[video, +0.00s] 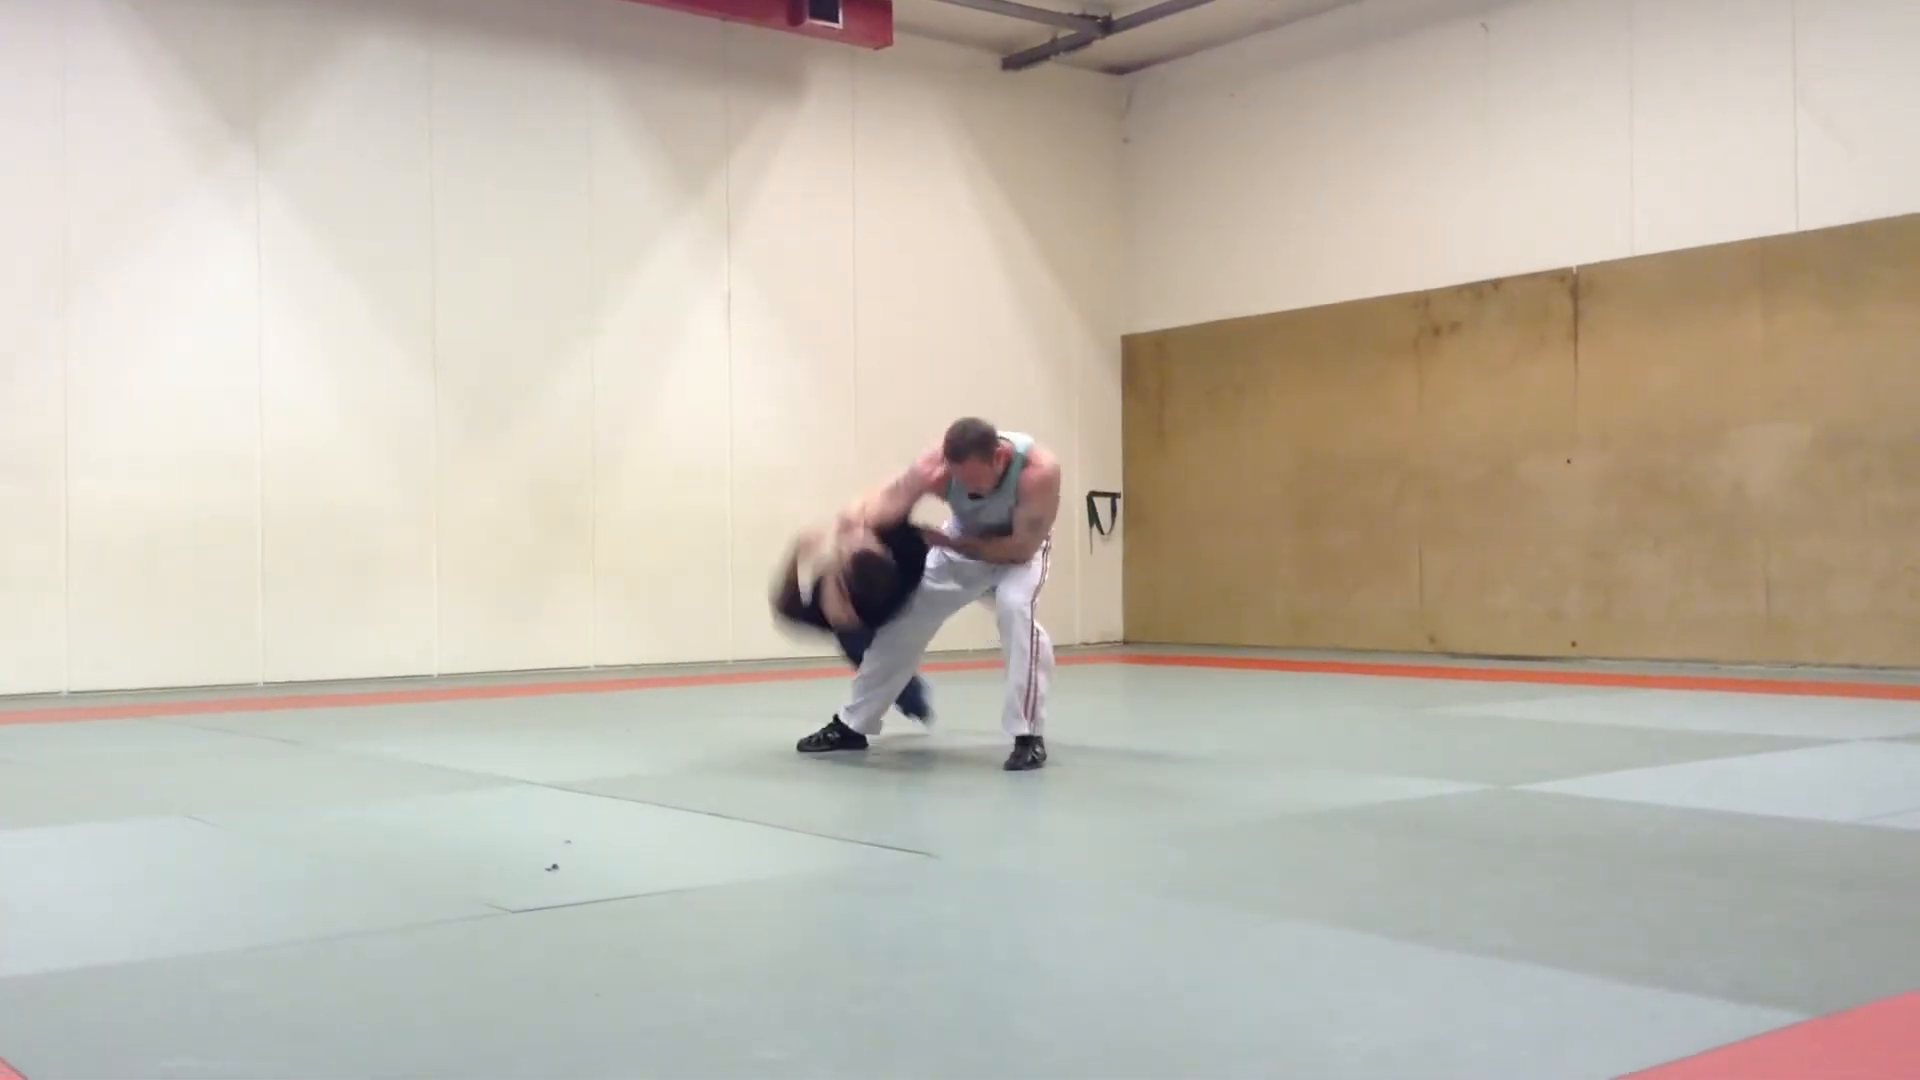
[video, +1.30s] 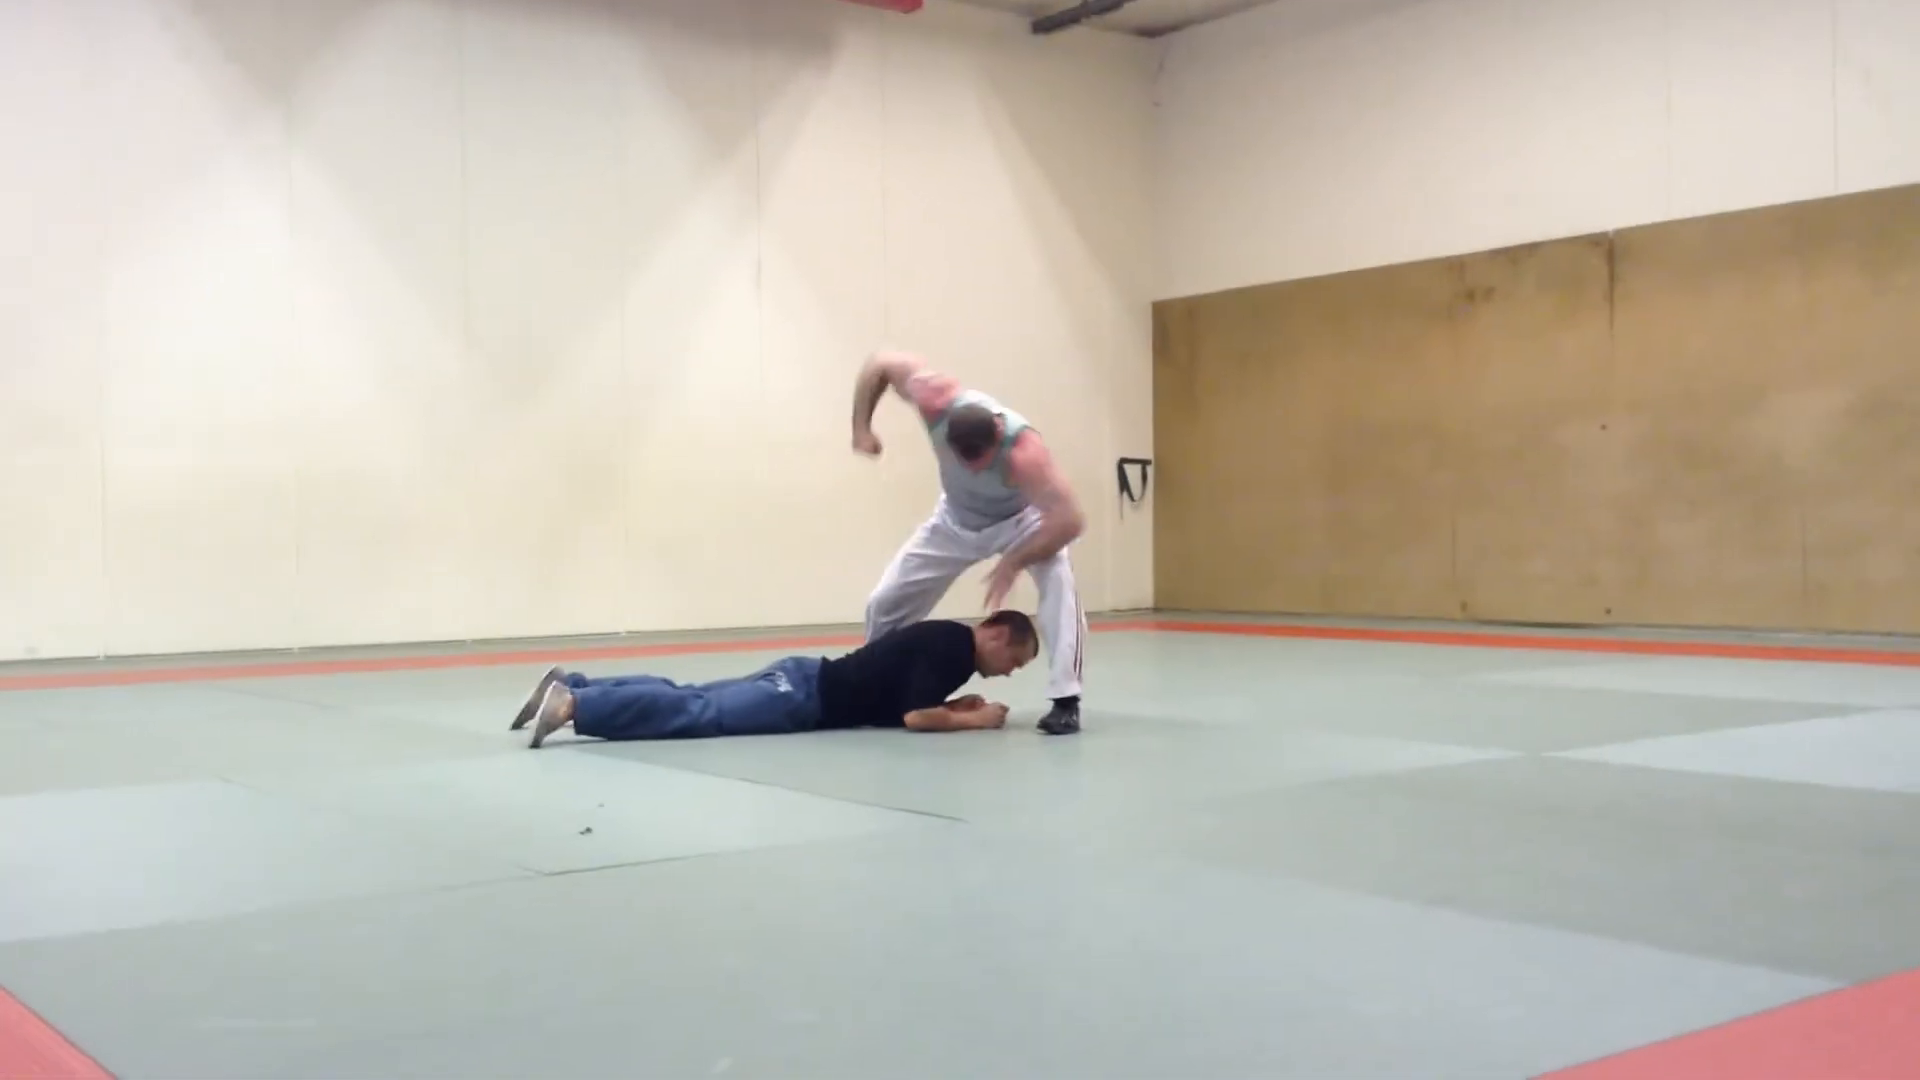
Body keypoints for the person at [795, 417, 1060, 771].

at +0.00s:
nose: (969, 488)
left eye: (976, 481)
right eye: (961, 481)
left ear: (1000, 458)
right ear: (949, 460)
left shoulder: (1038, 472)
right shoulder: (936, 468)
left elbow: (1023, 548)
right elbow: (884, 506)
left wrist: (949, 542)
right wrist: (858, 525)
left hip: (1021, 548)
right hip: (961, 543)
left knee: (1014, 607)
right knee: (904, 622)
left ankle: (1028, 737)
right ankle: (852, 725)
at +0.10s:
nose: (943, 499)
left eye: (950, 491)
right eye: (936, 491)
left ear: (975, 468)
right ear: (927, 477)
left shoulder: (1020, 466)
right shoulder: (918, 493)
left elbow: (1037, 539)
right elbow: (883, 558)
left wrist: (973, 559)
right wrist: (868, 604)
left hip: (1022, 550)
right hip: (962, 553)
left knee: (1020, 605)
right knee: (907, 615)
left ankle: (1035, 735)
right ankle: (854, 726)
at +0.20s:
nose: (919, 524)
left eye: (927, 514)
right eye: (913, 515)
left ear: (954, 490)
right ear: (906, 504)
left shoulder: (994, 471)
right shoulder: (908, 531)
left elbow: (1042, 529)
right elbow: (897, 608)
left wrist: (987, 562)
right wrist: (901, 673)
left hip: (1017, 548)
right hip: (957, 558)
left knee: (1019, 601)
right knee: (897, 615)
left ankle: (1037, 732)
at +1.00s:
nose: (910, 509)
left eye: (915, 500)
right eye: (903, 502)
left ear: (936, 477)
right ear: (895, 491)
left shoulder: (977, 458)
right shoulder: (891, 502)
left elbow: (1023, 526)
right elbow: (906, 580)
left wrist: (964, 564)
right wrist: (934, 641)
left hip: (1002, 539)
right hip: (938, 545)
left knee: (1032, 595)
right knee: (859, 620)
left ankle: (1042, 716)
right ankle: (872, 711)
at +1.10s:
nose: (934, 484)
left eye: (940, 477)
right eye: (925, 479)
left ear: (956, 450)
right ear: (909, 461)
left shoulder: (994, 454)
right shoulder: (898, 458)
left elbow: (1015, 536)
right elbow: (889, 513)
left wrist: (964, 582)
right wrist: (914, 563)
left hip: (1006, 530)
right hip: (948, 533)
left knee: (1040, 585)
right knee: (874, 608)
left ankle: (1050, 707)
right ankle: (865, 700)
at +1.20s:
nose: (950, 473)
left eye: (957, 466)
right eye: (942, 468)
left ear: (973, 443)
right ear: (927, 443)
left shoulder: (1008, 455)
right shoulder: (919, 422)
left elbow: (1027, 540)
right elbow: (872, 431)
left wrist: (978, 590)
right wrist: (878, 488)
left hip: (1012, 524)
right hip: (951, 525)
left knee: (1048, 578)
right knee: (879, 607)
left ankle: (1057, 704)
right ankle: (868, 698)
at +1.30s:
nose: (974, 467)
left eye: (981, 460)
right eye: (965, 460)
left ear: (996, 441)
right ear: (949, 439)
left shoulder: (1024, 451)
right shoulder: (938, 401)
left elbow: (1069, 521)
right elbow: (880, 364)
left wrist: (1013, 563)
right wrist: (861, 427)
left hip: (1021, 521)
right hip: (954, 521)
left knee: (1058, 578)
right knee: (884, 606)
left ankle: (1066, 700)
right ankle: (879, 698)